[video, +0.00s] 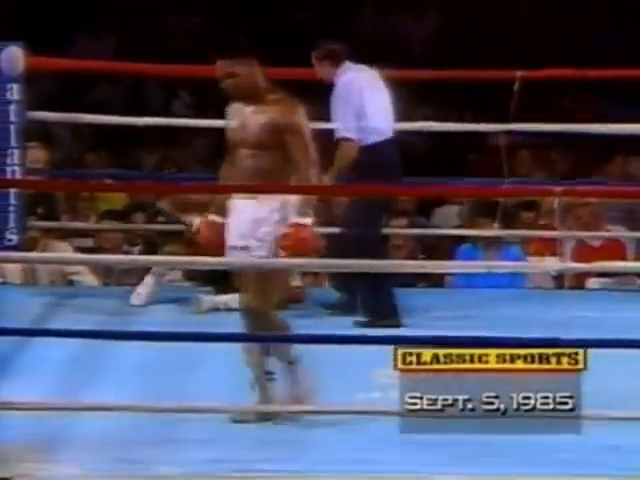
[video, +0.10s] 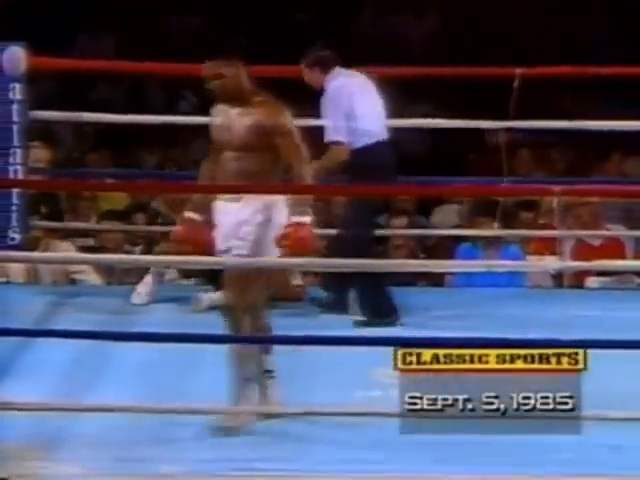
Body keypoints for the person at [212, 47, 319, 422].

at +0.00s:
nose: (228, 87)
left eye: (232, 78)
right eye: (223, 80)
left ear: (254, 73)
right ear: (226, 84)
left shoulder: (287, 111)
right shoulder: (234, 112)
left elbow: (306, 167)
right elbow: (233, 163)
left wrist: (303, 218)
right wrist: (217, 212)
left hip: (276, 209)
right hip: (241, 210)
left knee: (261, 305)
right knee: (250, 306)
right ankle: (264, 395)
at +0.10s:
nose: (214, 86)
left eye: (219, 78)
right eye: (211, 80)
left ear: (241, 74)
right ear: (213, 83)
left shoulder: (272, 113)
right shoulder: (219, 113)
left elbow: (299, 163)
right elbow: (214, 161)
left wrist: (302, 215)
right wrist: (195, 206)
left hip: (262, 209)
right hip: (227, 209)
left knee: (235, 299)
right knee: (249, 300)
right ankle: (266, 388)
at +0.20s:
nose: (192, 96)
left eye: (198, 88)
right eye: (188, 89)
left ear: (219, 84)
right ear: (188, 90)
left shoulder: (253, 126)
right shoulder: (198, 126)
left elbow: (281, 178)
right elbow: (186, 172)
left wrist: (285, 228)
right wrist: (161, 217)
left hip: (240, 220)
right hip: (203, 219)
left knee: (210, 311)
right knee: (239, 310)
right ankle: (267, 393)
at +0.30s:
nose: (179, 102)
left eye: (184, 93)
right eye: (175, 95)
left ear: (204, 89)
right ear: (175, 97)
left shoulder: (238, 131)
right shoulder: (184, 128)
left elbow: (266, 182)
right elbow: (173, 173)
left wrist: (267, 233)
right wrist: (148, 216)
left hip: (224, 222)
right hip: (188, 220)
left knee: (187, 310)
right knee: (226, 309)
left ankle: (162, 408)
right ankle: (265, 388)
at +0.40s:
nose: (162, 102)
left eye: (167, 94)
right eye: (157, 96)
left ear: (187, 89)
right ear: (156, 97)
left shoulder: (218, 131)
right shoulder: (164, 125)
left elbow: (241, 186)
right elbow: (155, 173)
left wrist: (235, 237)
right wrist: (132, 222)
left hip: (198, 221)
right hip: (165, 219)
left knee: (170, 315)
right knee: (175, 316)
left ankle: (164, 412)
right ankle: (242, 361)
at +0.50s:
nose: (155, 99)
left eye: (160, 91)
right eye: (150, 93)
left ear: (180, 86)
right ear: (149, 95)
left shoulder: (209, 128)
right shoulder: (158, 125)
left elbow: (222, 187)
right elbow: (145, 173)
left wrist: (213, 236)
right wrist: (125, 219)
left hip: (188, 220)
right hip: (155, 219)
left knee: (167, 318)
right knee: (150, 314)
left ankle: (169, 409)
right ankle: (214, 353)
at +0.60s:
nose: (147, 96)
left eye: (152, 87)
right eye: (141, 89)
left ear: (171, 81)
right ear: (139, 90)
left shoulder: (198, 122)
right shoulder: (147, 117)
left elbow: (197, 183)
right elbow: (140, 166)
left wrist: (169, 224)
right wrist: (117, 213)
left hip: (183, 218)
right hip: (145, 214)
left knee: (180, 313)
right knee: (119, 305)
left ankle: (183, 402)